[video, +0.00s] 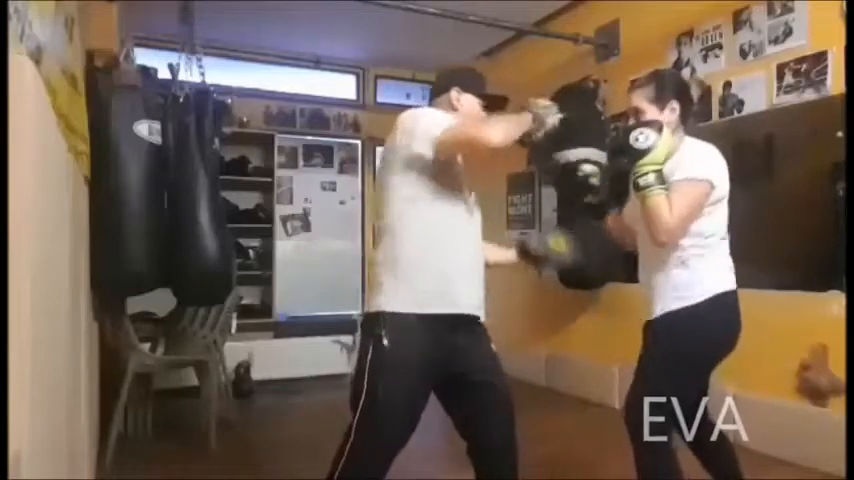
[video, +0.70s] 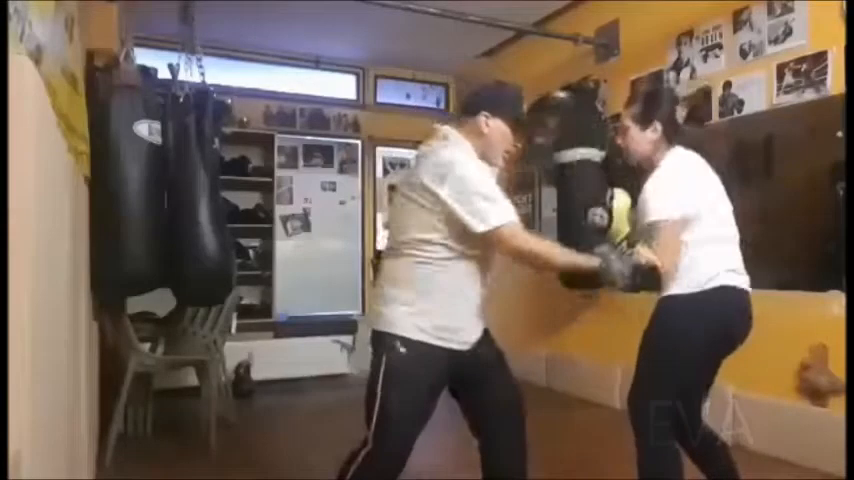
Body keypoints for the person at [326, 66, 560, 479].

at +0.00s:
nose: (486, 111)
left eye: (487, 105)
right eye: (481, 101)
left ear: (461, 102)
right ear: (455, 96)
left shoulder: (454, 163)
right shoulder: (416, 121)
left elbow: (465, 246)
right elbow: (489, 135)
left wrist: (524, 250)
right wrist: (532, 116)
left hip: (461, 324)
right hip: (402, 321)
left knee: (496, 445)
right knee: (369, 450)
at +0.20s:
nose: (468, 111)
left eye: (469, 101)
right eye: (462, 98)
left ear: (432, 96)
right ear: (431, 91)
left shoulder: (442, 151)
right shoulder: (395, 132)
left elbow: (464, 215)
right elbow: (473, 170)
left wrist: (523, 185)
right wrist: (518, 121)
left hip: (453, 326)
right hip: (392, 324)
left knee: (494, 444)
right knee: (363, 455)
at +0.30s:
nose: (468, 111)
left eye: (469, 101)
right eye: (461, 98)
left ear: (436, 95)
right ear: (431, 92)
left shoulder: (448, 152)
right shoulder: (386, 137)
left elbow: (479, 207)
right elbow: (437, 205)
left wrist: (529, 171)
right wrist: (498, 156)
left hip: (452, 326)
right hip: (388, 326)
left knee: (495, 439)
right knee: (357, 457)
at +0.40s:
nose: (483, 119)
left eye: (483, 108)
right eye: (476, 105)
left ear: (449, 104)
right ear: (444, 102)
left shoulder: (460, 153)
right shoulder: (395, 146)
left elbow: (506, 199)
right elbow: (410, 225)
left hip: (455, 330)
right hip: (391, 331)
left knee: (496, 447)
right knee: (361, 456)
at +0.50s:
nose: (500, 128)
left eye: (502, 118)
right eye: (494, 114)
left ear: (466, 112)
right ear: (464, 109)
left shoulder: (463, 158)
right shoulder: (422, 152)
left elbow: (494, 190)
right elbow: (433, 242)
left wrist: (532, 168)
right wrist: (513, 272)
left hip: (460, 331)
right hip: (402, 333)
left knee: (500, 432)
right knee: (370, 454)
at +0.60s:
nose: (513, 139)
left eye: (515, 129)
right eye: (508, 125)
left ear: (478, 120)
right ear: (480, 118)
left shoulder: (464, 161)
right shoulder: (445, 155)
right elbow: (491, 253)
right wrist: (570, 278)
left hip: (462, 333)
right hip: (409, 335)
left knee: (503, 422)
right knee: (382, 453)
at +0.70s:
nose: (516, 142)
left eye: (518, 132)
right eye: (512, 128)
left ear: (481, 123)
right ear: (485, 121)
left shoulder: (460, 162)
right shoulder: (451, 160)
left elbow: (510, 236)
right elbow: (513, 240)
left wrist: (565, 267)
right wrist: (600, 264)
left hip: (463, 331)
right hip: (412, 333)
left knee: (504, 423)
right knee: (383, 454)